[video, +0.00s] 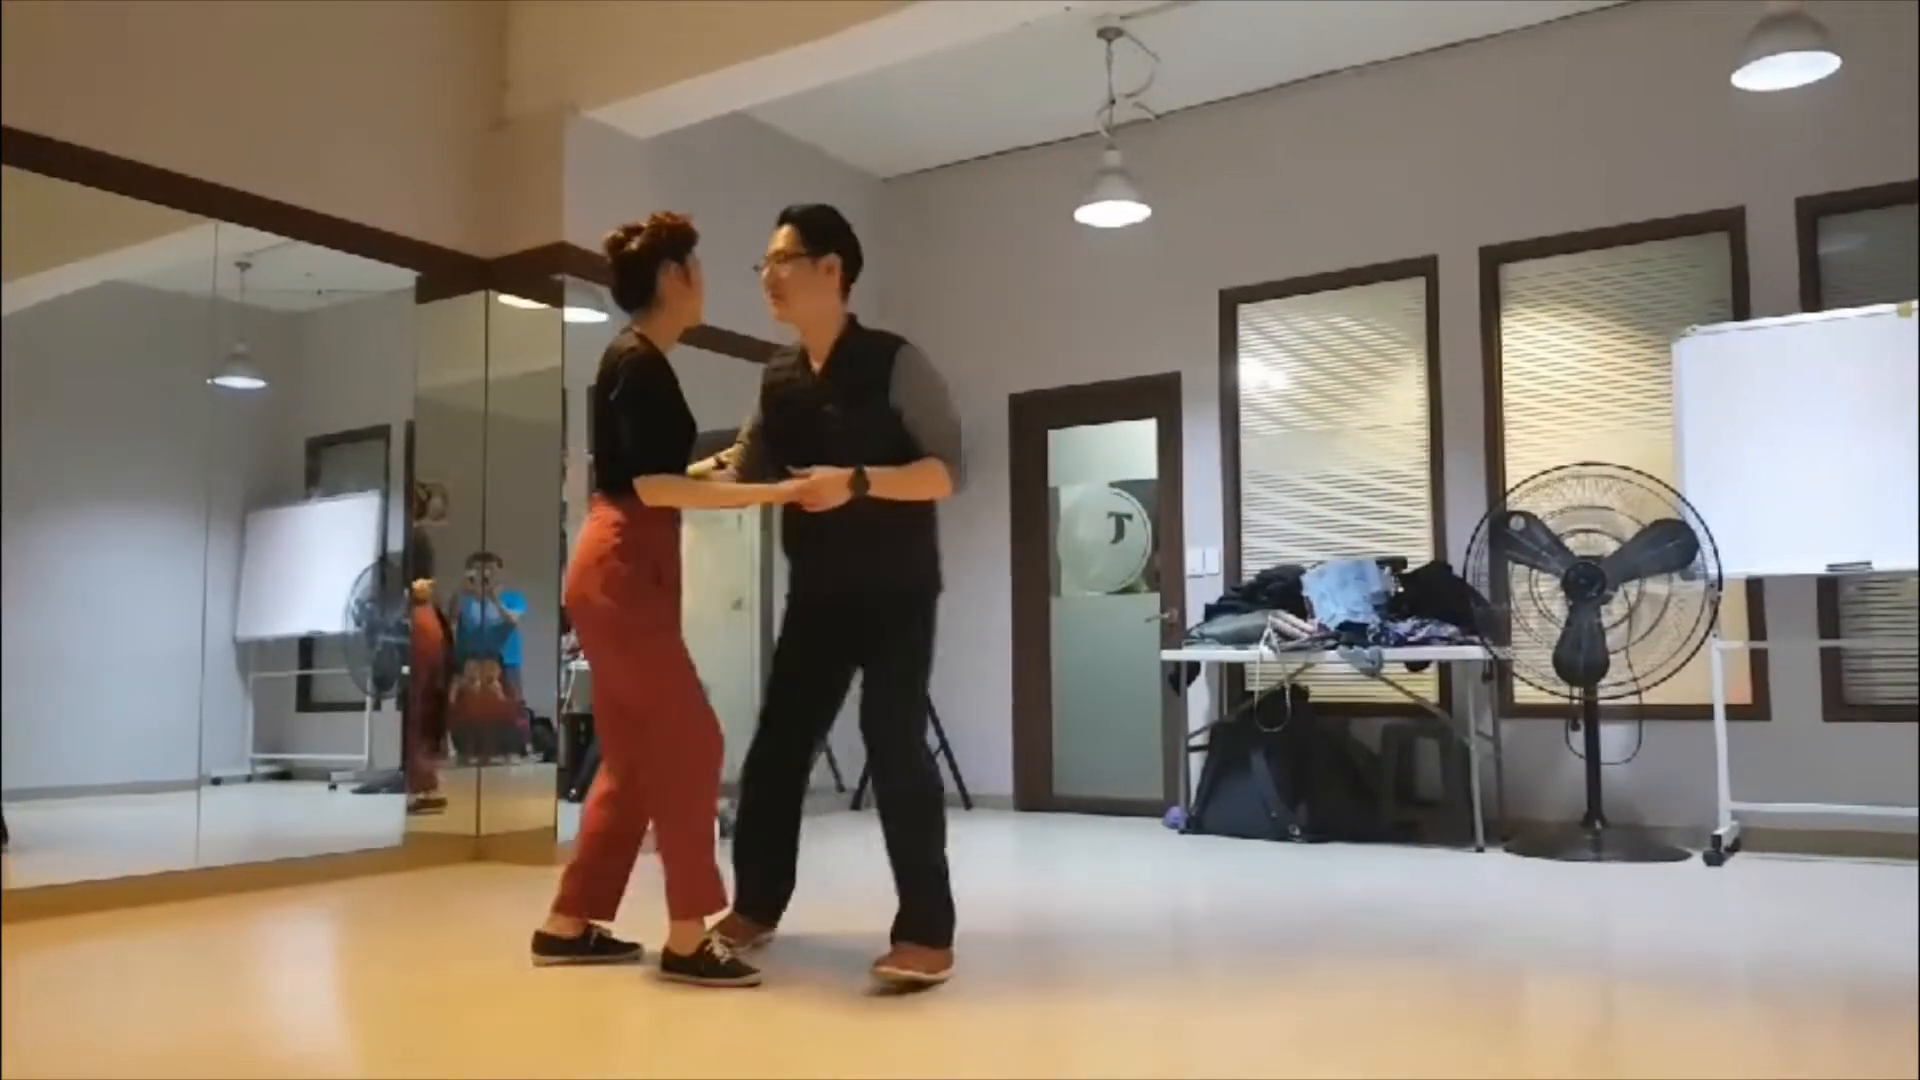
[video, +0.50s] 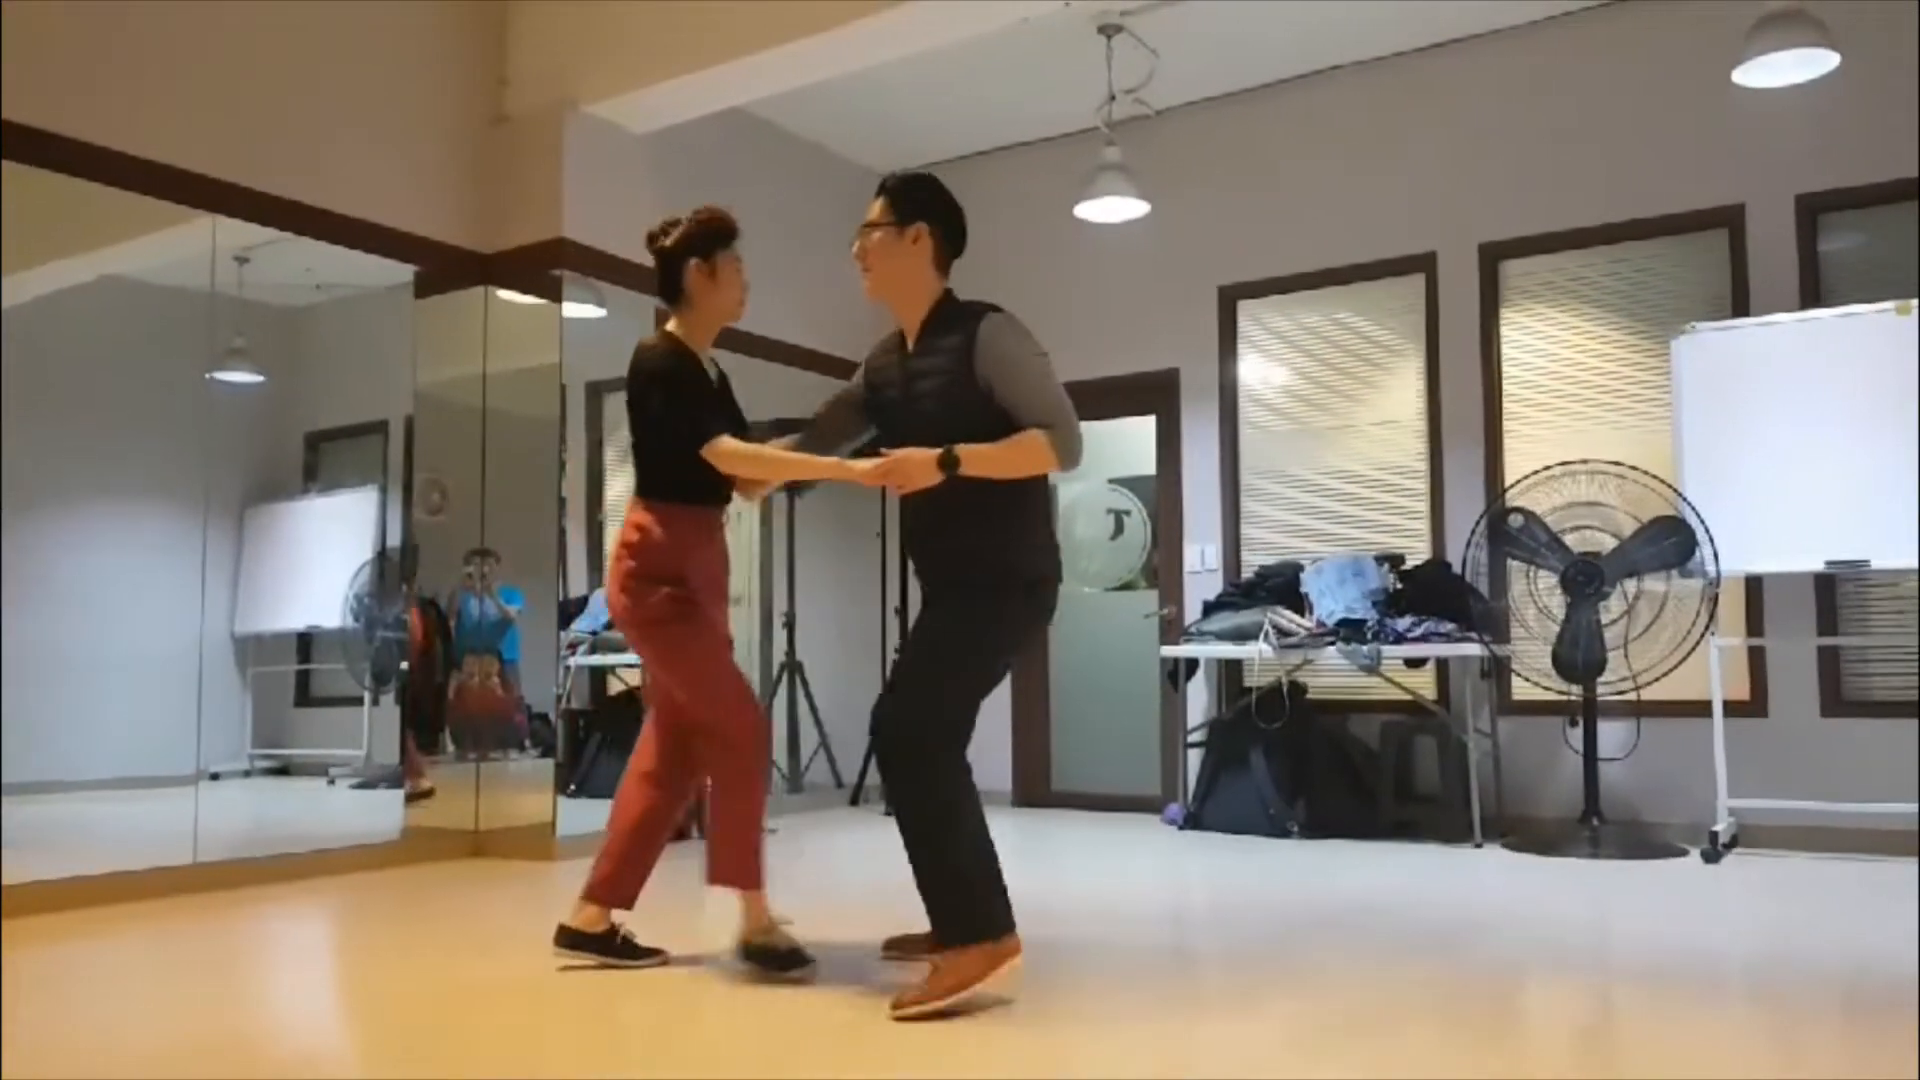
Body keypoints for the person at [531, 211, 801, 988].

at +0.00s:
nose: (702, 287)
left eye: (697, 273)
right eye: (695, 273)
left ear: (647, 284)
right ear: (671, 281)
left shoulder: (628, 360)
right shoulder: (639, 367)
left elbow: (647, 477)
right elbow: (653, 486)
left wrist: (726, 463)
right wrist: (769, 493)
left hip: (614, 571)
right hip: (624, 578)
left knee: (633, 747)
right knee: (692, 739)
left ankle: (569, 922)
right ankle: (688, 934)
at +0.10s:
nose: (709, 283)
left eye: (703, 270)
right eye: (701, 270)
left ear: (654, 281)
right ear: (676, 277)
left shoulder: (635, 358)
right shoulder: (644, 364)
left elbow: (657, 477)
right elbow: (667, 482)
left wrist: (739, 467)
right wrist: (783, 489)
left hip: (628, 571)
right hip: (633, 576)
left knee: (671, 748)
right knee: (700, 740)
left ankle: (580, 910)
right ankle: (692, 934)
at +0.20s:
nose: (715, 278)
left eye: (710, 264)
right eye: (708, 264)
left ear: (663, 273)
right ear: (682, 271)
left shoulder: (644, 351)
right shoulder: (647, 356)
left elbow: (676, 466)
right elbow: (680, 469)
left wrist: (762, 465)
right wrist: (793, 474)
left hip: (641, 563)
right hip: (638, 568)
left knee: (679, 743)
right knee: (697, 742)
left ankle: (594, 904)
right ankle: (689, 936)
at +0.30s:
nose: (724, 276)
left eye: (721, 261)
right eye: (717, 260)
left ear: (679, 266)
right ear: (687, 264)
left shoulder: (663, 347)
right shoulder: (652, 347)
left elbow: (698, 446)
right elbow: (700, 455)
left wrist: (780, 450)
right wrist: (805, 456)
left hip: (659, 553)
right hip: (641, 556)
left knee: (675, 733)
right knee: (694, 732)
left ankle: (598, 909)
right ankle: (689, 928)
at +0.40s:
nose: (731, 279)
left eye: (728, 264)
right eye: (723, 264)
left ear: (689, 268)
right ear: (691, 267)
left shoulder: (684, 353)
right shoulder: (652, 348)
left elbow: (706, 462)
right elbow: (710, 449)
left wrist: (760, 457)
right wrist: (814, 454)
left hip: (670, 559)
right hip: (641, 560)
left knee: (669, 727)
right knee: (716, 727)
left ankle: (593, 912)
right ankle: (697, 923)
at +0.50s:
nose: (745, 282)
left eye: (741, 267)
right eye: (735, 267)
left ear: (702, 276)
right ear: (698, 275)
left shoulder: (709, 368)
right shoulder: (662, 360)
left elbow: (737, 472)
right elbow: (728, 455)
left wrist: (767, 472)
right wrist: (849, 468)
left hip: (697, 565)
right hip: (655, 567)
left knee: (674, 746)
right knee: (739, 727)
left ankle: (592, 916)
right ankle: (757, 923)